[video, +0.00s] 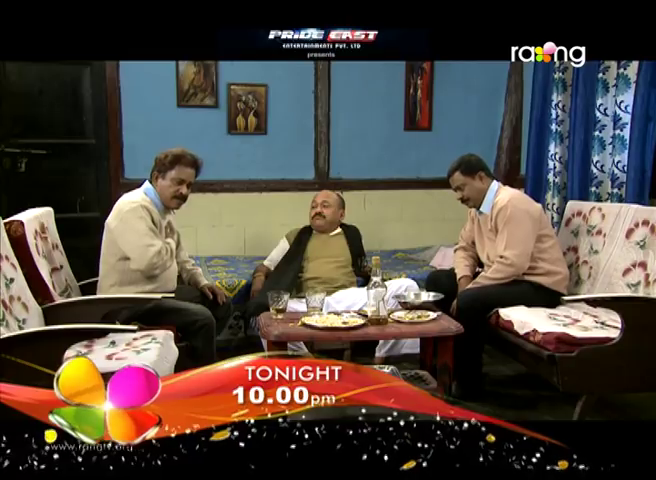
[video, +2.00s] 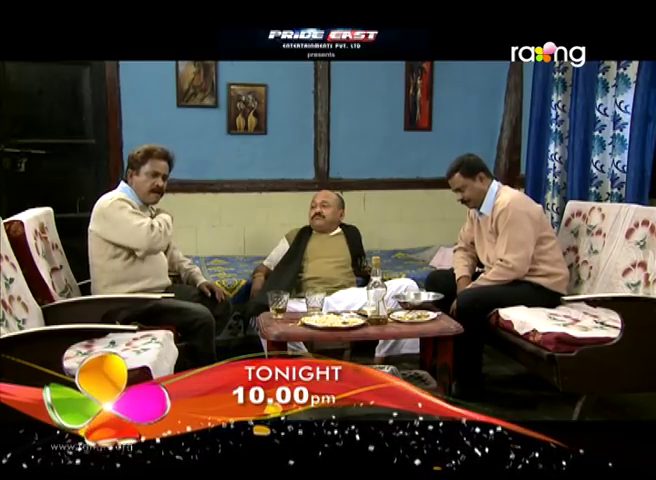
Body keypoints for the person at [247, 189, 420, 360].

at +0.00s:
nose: (317, 210)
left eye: (325, 206)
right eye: (314, 206)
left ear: (341, 213)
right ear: (309, 211)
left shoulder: (351, 233)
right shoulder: (297, 236)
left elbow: (361, 269)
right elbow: (264, 269)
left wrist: (378, 280)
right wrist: (256, 301)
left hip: (350, 297)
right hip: (309, 300)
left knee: (406, 285)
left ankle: (381, 362)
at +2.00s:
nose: (317, 211)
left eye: (325, 206)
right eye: (313, 206)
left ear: (340, 213)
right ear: (308, 211)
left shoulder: (351, 233)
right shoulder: (297, 236)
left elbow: (361, 269)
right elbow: (265, 268)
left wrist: (379, 281)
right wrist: (256, 299)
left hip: (350, 298)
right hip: (308, 300)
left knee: (406, 285)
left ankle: (382, 363)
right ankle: (305, 363)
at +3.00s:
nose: (336, 213)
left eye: (337, 207)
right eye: (329, 209)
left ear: (340, 208)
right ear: (309, 214)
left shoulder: (347, 234)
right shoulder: (293, 237)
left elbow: (359, 267)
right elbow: (266, 267)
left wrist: (378, 276)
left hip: (351, 297)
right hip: (311, 299)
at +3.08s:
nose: (336, 213)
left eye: (337, 207)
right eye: (329, 209)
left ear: (340, 208)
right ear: (309, 214)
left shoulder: (346, 234)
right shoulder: (293, 237)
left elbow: (358, 267)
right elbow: (266, 266)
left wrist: (380, 272)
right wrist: (254, 278)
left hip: (350, 298)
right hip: (310, 300)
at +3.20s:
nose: (336, 212)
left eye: (337, 207)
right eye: (328, 208)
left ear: (339, 208)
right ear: (308, 214)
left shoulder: (346, 233)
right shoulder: (293, 236)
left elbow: (359, 267)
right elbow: (267, 267)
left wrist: (390, 270)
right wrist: (249, 277)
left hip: (350, 299)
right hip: (311, 300)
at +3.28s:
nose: (336, 212)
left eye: (337, 207)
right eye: (329, 208)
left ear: (339, 208)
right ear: (308, 213)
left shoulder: (345, 233)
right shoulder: (292, 236)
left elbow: (360, 267)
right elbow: (267, 267)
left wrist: (395, 270)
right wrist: (242, 274)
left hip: (351, 298)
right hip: (310, 300)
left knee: (406, 286)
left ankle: (379, 365)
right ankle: (312, 366)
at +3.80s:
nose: (303, 211)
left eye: (311, 207)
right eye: (299, 206)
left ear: (326, 211)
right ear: (295, 208)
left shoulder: (342, 230)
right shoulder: (288, 236)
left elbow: (362, 265)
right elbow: (265, 267)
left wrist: (398, 271)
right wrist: (239, 274)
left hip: (349, 295)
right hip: (308, 299)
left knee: (406, 285)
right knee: (286, 318)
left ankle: (379, 362)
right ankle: (309, 366)